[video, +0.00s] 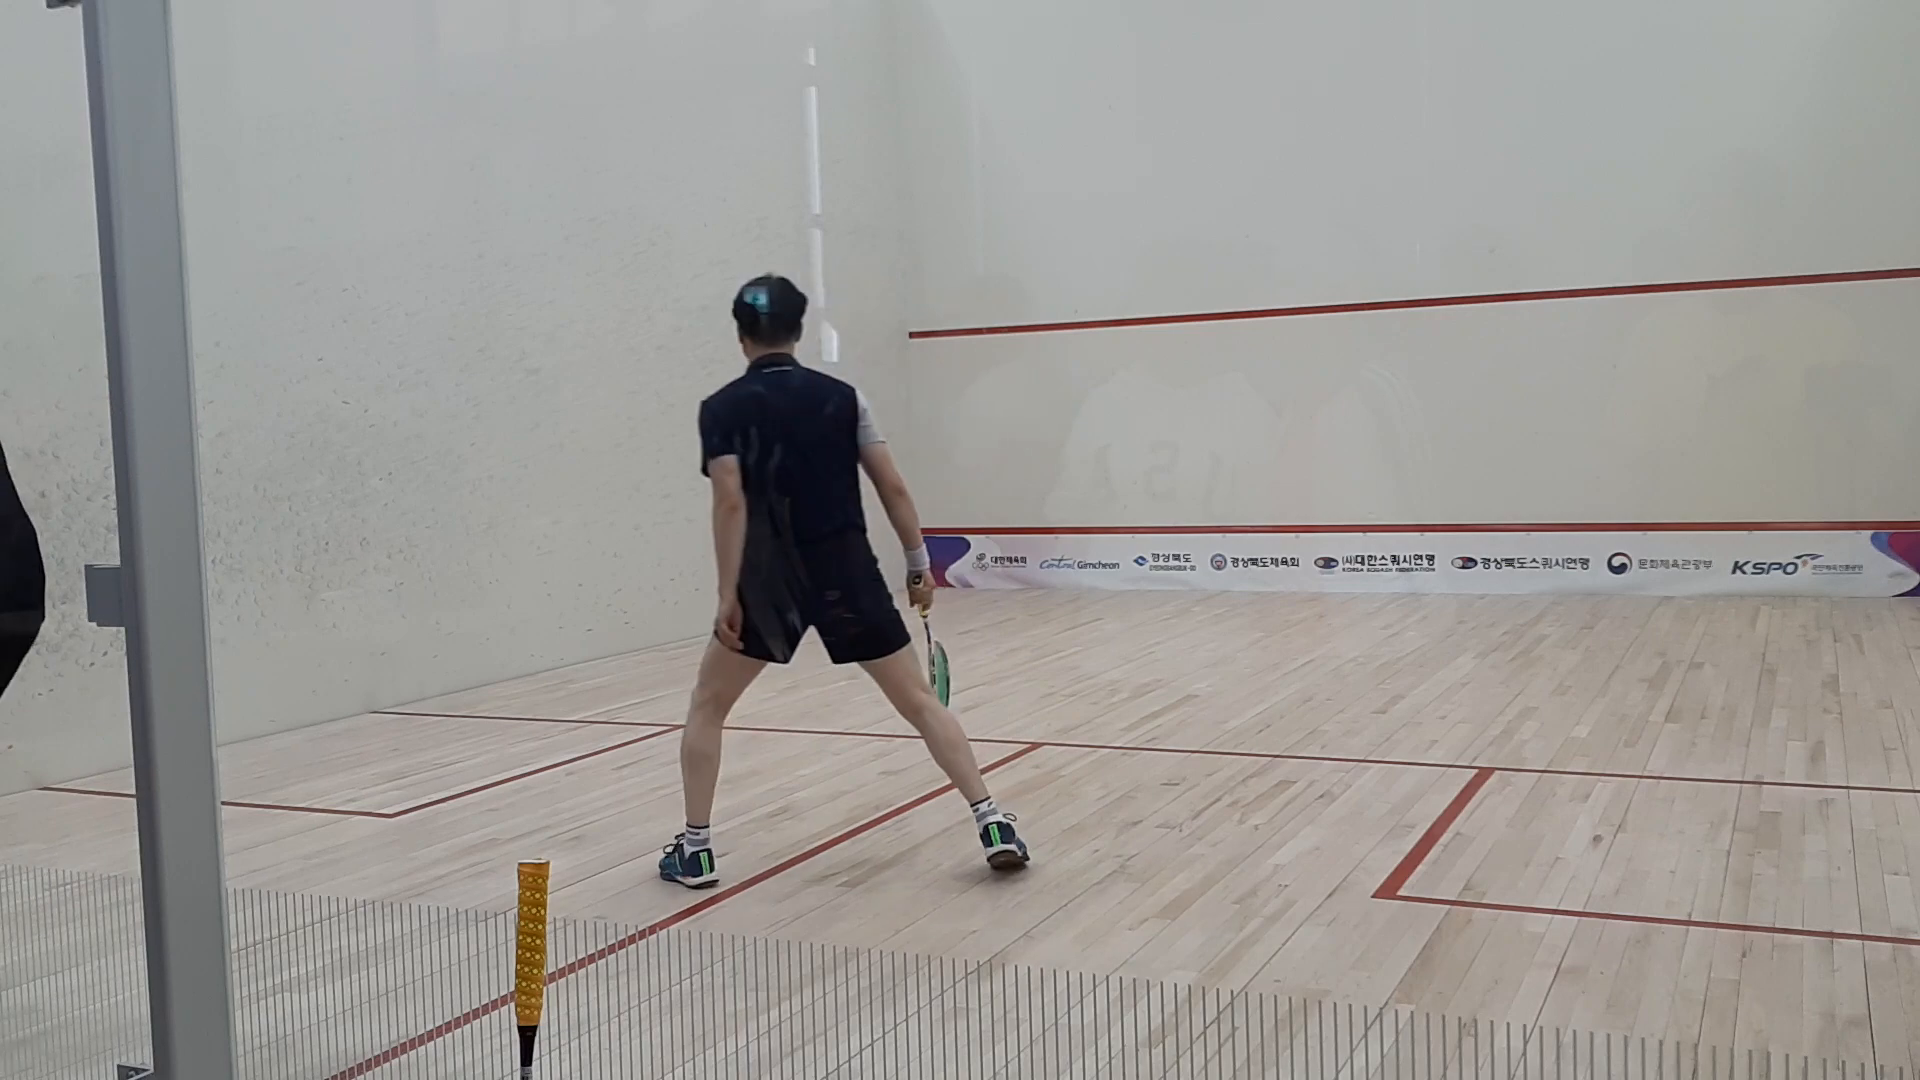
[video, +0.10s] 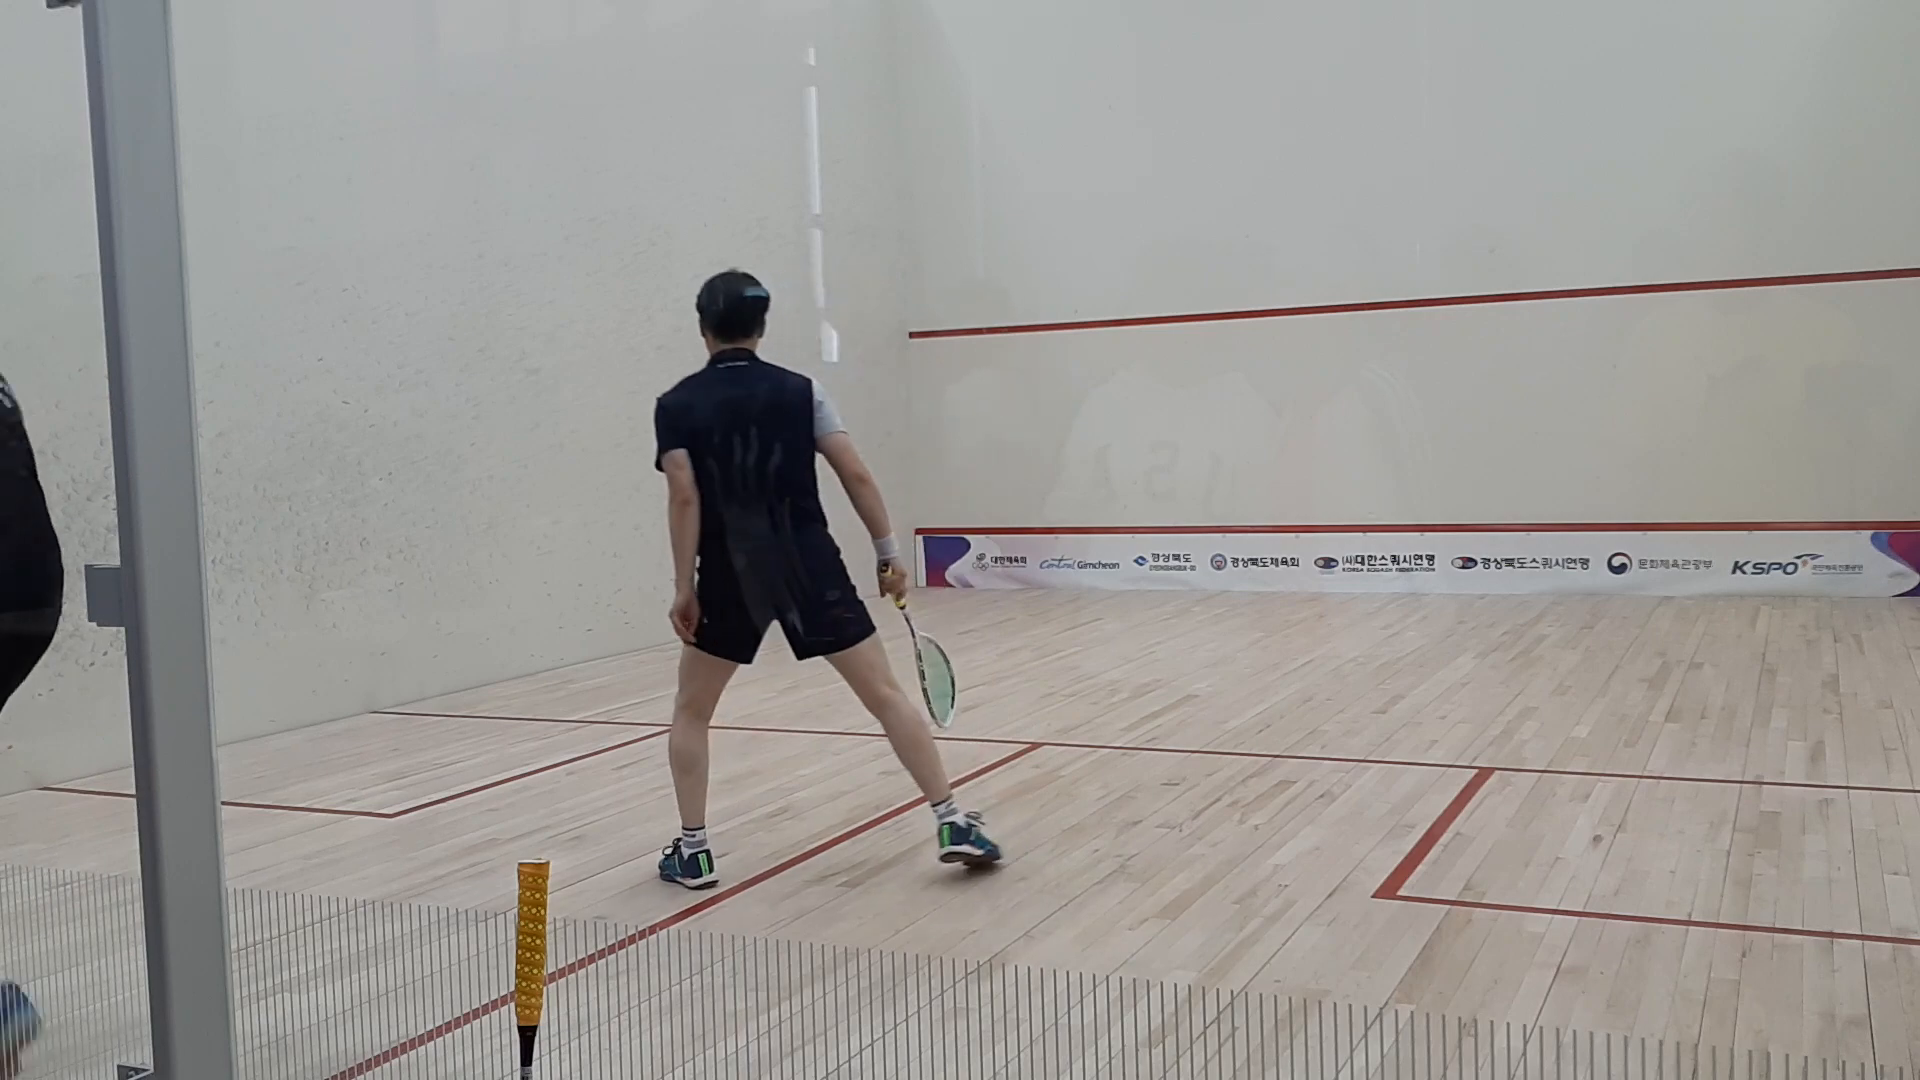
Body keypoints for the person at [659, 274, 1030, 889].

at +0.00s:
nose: (747, 335)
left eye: (741, 327)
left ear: (740, 332)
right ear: (799, 330)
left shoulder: (722, 409)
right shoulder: (842, 395)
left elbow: (730, 502)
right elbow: (891, 488)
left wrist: (728, 593)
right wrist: (919, 562)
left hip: (767, 587)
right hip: (850, 581)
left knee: (707, 709)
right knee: (921, 702)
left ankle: (694, 845)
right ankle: (990, 818)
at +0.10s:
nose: (702, 329)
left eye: (701, 321)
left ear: (702, 327)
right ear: (762, 325)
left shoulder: (676, 404)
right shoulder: (800, 391)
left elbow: (684, 495)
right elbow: (854, 474)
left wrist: (684, 585)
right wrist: (888, 552)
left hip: (731, 581)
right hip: (812, 571)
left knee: (690, 715)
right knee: (886, 695)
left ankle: (692, 847)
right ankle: (951, 820)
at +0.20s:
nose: (694, 305)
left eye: (685, 294)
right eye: (735, 295)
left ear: (680, 300)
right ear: (741, 299)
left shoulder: (654, 374)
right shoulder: (776, 360)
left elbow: (658, 464)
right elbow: (830, 447)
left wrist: (659, 556)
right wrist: (859, 525)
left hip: (703, 553)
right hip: (784, 543)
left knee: (691, 699)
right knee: (835, 682)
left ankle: (688, 840)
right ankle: (870, 815)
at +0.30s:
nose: (719, 287)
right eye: (725, 276)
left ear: (666, 285)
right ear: (729, 283)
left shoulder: (641, 356)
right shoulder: (766, 346)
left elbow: (641, 450)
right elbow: (811, 433)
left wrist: (637, 542)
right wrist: (841, 514)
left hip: (678, 538)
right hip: (761, 533)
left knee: (656, 689)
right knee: (793, 677)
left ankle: (648, 825)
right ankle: (817, 817)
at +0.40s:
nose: (707, 307)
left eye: (664, 299)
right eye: (713, 298)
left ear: (654, 304)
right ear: (716, 303)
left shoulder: (629, 378)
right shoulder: (753, 371)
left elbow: (621, 473)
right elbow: (799, 461)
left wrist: (605, 565)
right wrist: (825, 543)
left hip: (656, 563)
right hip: (742, 561)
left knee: (602, 694)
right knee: (775, 701)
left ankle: (568, 835)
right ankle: (793, 847)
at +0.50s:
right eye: (696, 336)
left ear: (634, 346)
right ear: (696, 344)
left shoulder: (613, 421)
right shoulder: (736, 413)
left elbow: (586, 516)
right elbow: (781, 504)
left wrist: (555, 609)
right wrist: (809, 586)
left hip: (630, 602)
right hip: (717, 604)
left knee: (553, 711)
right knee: (770, 732)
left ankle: (520, 834)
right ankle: (787, 865)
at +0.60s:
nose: (663, 364)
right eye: (663, 356)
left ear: (600, 367)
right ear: (660, 365)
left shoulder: (573, 443)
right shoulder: (697, 436)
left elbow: (528, 538)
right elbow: (744, 521)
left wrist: (497, 619)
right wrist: (776, 600)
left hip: (596, 629)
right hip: (679, 626)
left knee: (529, 755)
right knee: (723, 746)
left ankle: (540, 874)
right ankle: (764, 826)